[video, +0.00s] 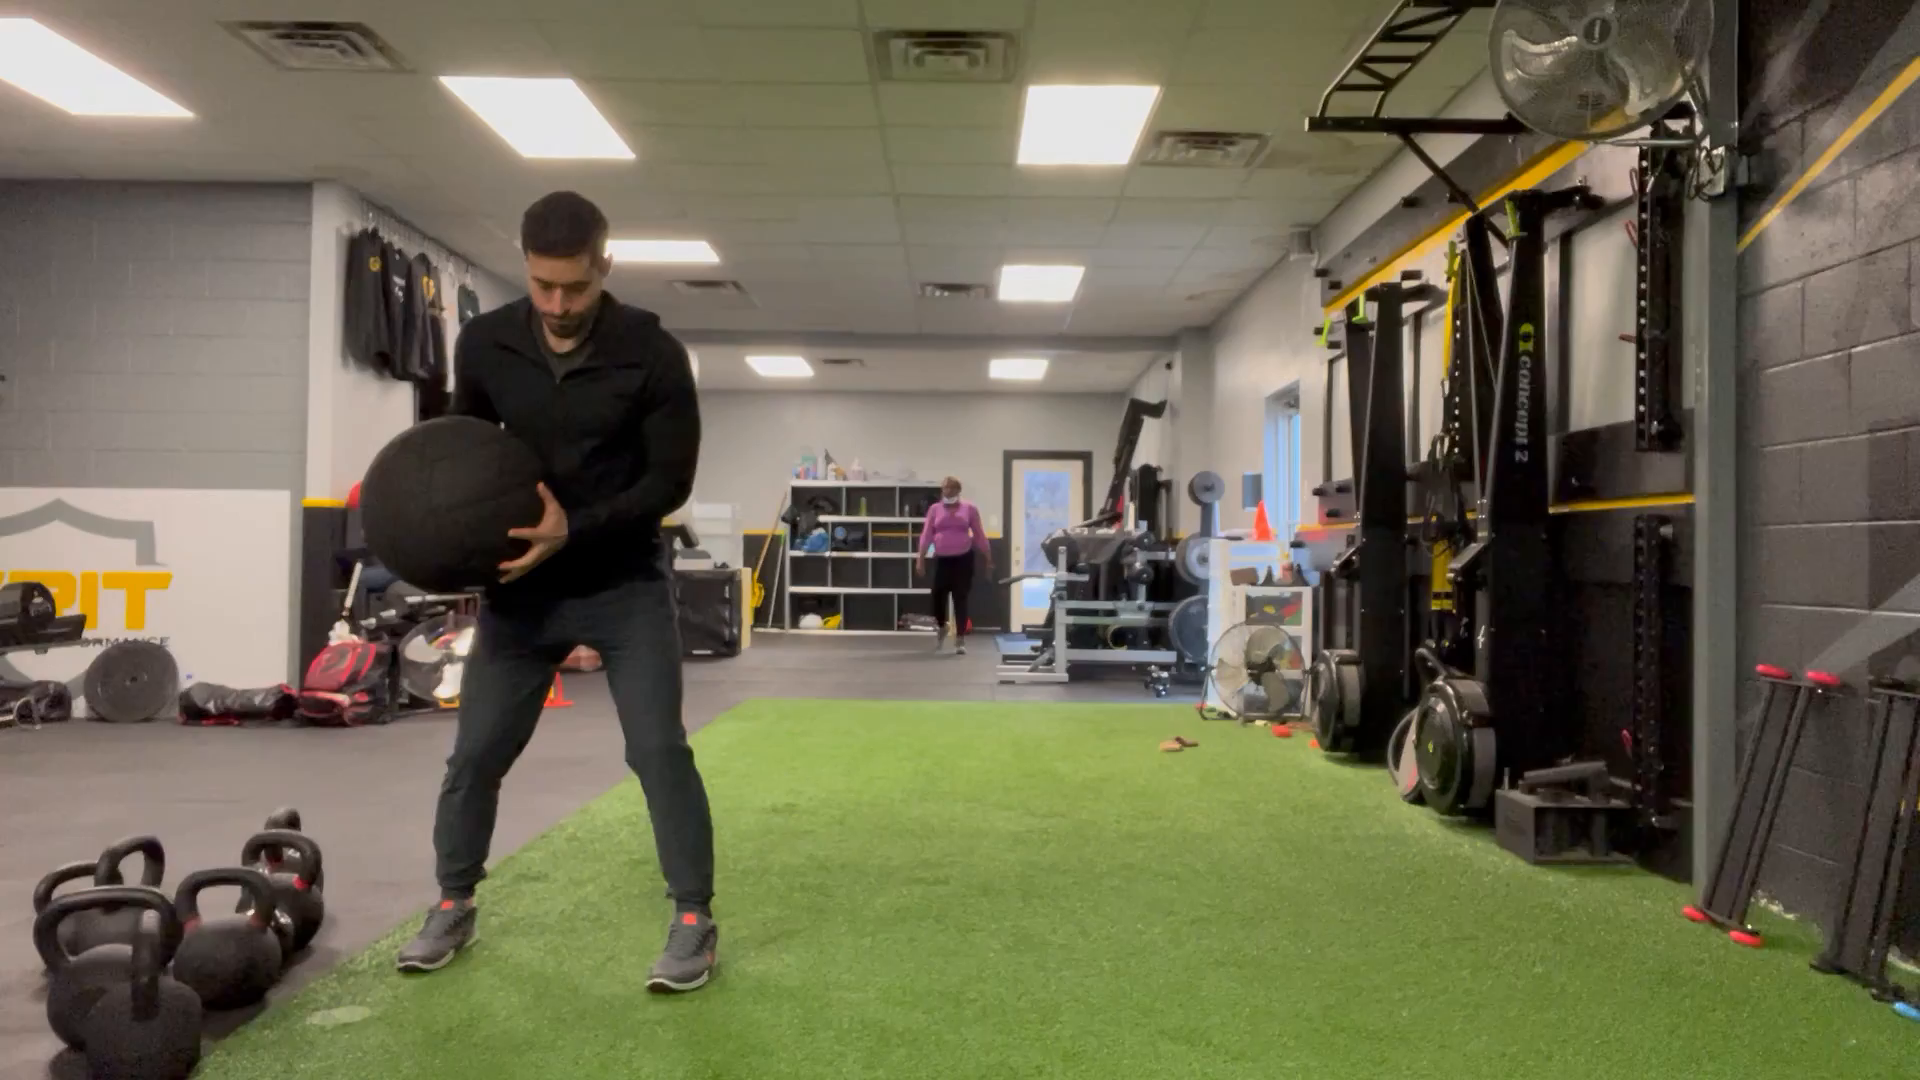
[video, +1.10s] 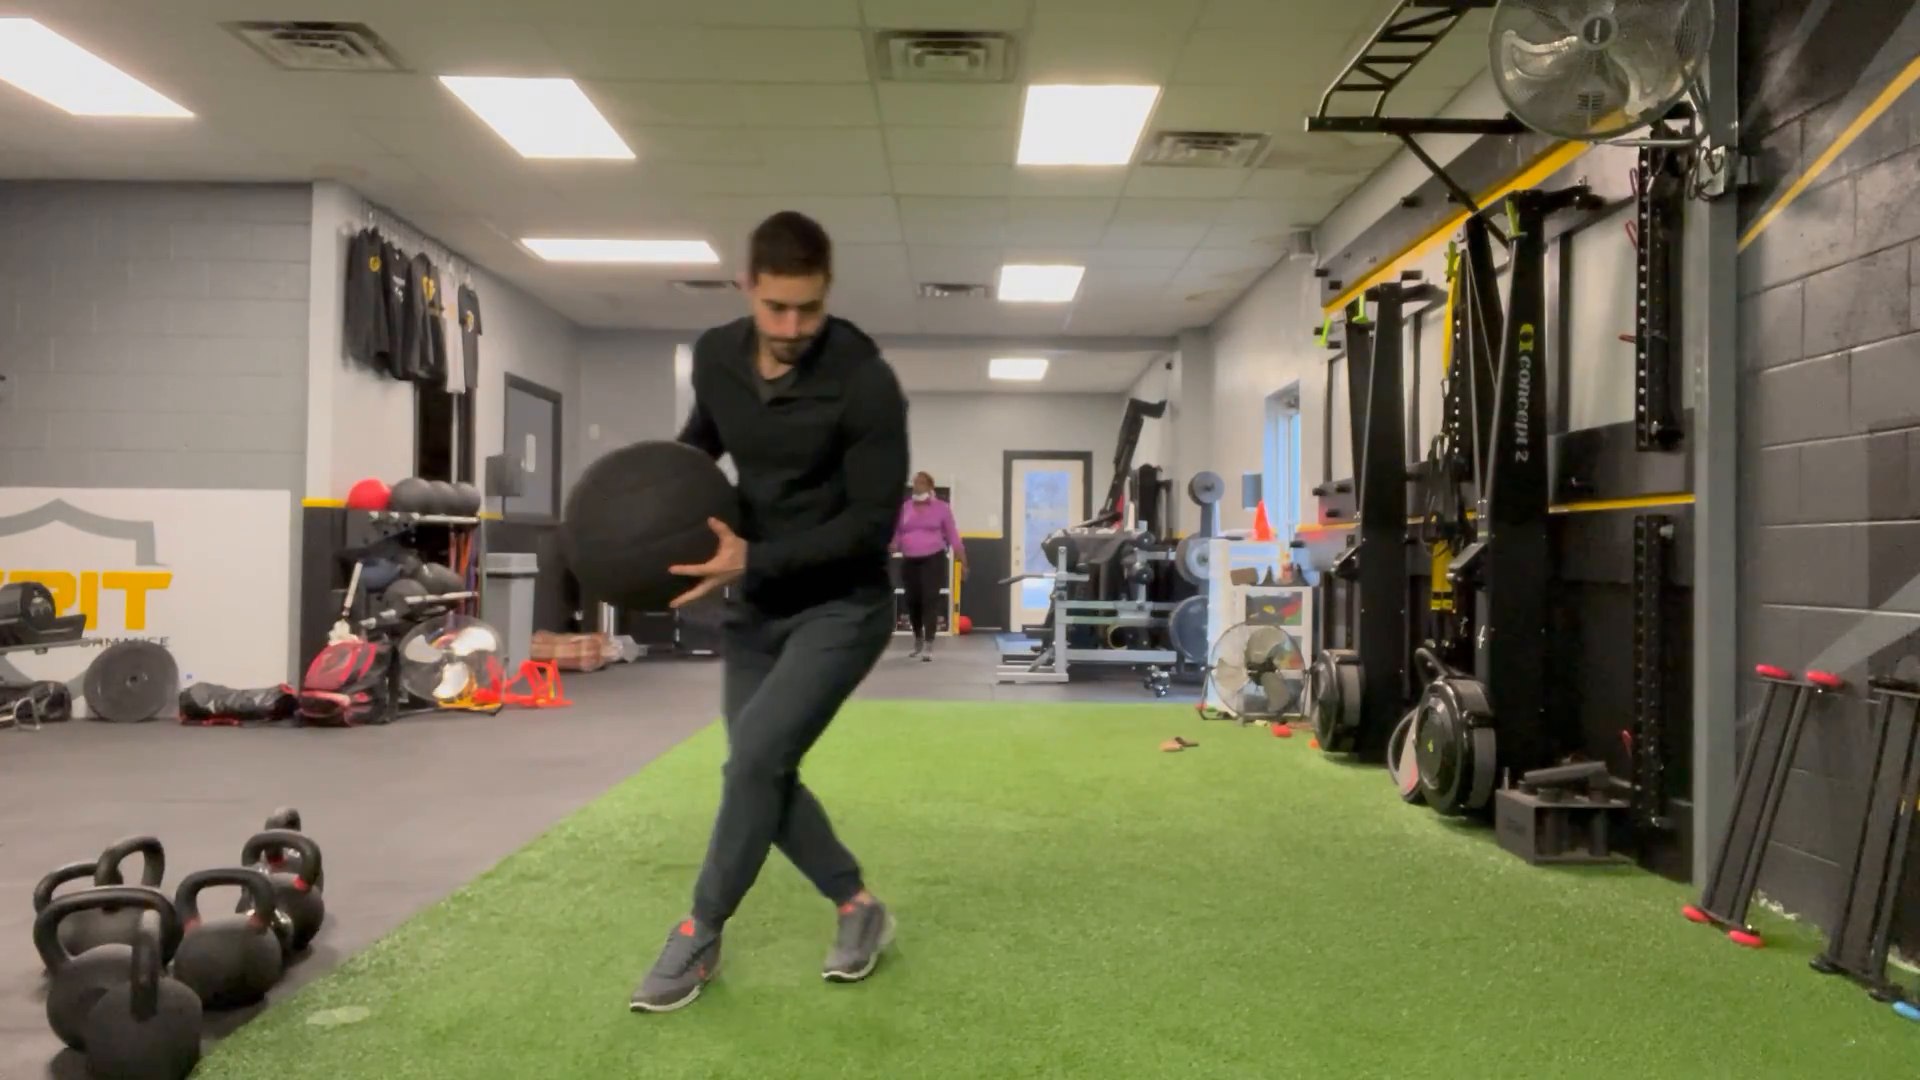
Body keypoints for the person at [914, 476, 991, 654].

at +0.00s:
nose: (949, 493)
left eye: (952, 489)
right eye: (946, 489)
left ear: (958, 491)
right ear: (942, 490)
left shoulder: (969, 509)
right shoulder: (935, 509)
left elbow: (979, 535)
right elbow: (927, 534)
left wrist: (988, 558)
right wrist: (920, 557)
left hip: (963, 557)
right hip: (942, 557)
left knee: (960, 596)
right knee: (938, 594)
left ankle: (960, 637)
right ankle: (942, 627)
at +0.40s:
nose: (935, 491)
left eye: (938, 488)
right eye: (933, 488)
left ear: (947, 490)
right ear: (932, 490)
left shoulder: (959, 509)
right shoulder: (926, 510)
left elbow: (968, 533)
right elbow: (918, 536)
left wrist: (965, 551)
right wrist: (910, 559)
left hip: (952, 559)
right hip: (930, 559)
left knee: (953, 600)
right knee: (927, 600)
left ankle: (958, 640)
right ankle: (922, 641)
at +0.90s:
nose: (919, 490)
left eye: (923, 486)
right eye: (917, 486)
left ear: (931, 487)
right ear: (914, 486)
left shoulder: (943, 507)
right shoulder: (906, 507)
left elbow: (952, 533)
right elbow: (897, 531)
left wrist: (958, 557)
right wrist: (886, 552)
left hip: (935, 557)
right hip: (912, 557)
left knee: (931, 598)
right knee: (915, 600)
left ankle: (932, 641)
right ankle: (920, 642)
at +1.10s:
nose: (919, 492)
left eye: (922, 488)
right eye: (916, 487)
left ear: (930, 488)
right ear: (912, 489)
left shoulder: (941, 508)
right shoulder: (906, 508)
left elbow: (952, 535)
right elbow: (898, 531)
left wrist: (963, 560)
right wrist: (893, 545)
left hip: (933, 557)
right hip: (910, 558)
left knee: (930, 599)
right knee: (912, 599)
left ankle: (929, 643)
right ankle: (918, 638)